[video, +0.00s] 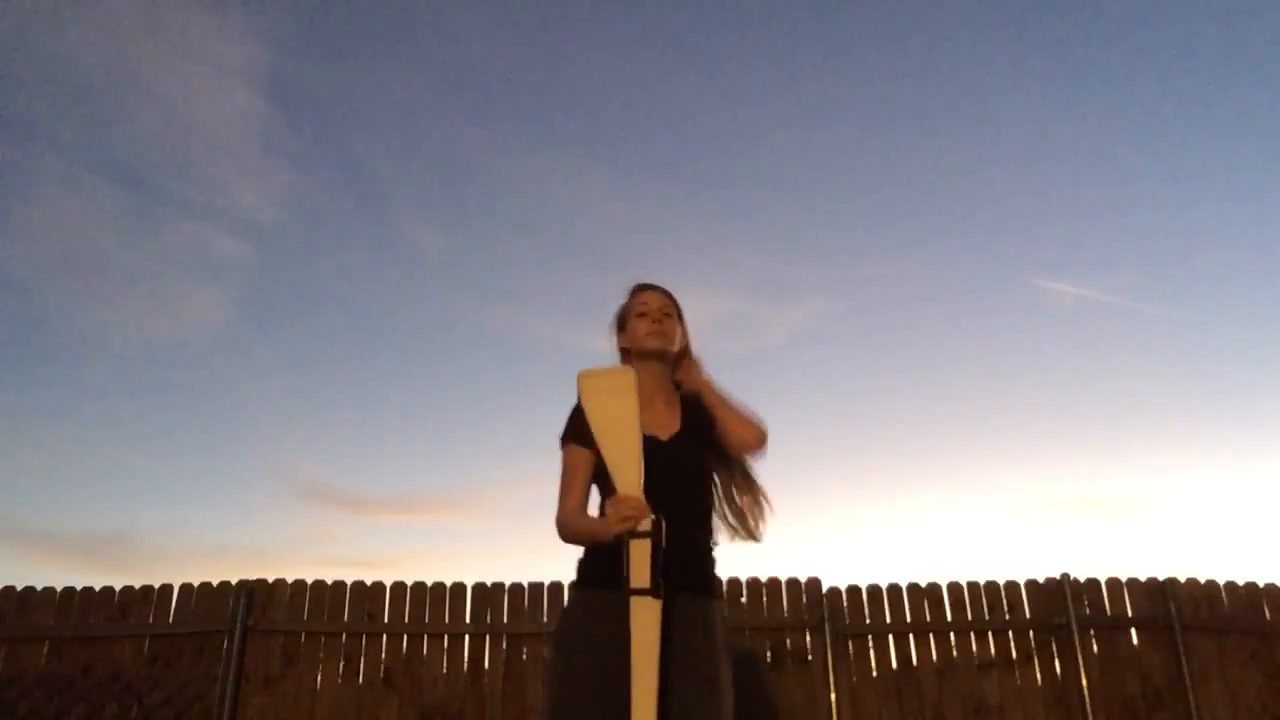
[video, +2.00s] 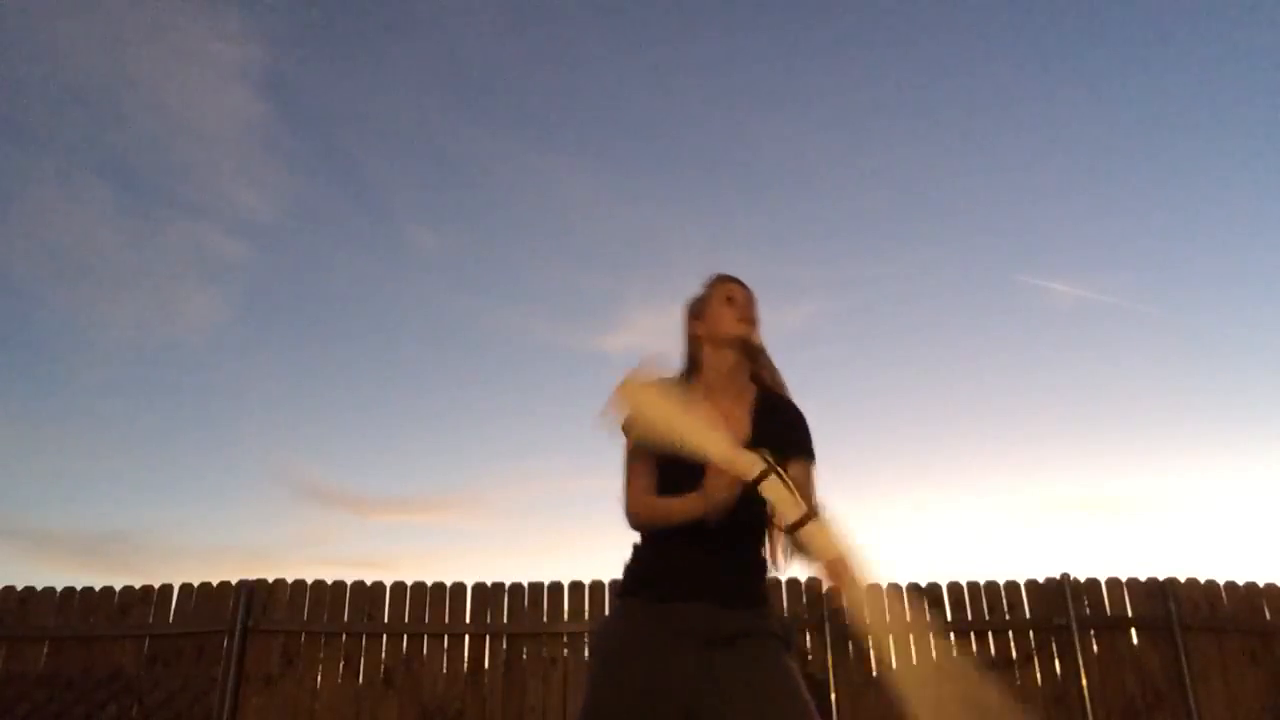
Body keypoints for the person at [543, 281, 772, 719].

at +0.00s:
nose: (656, 319)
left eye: (668, 315)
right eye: (642, 314)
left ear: (682, 339)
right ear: (623, 339)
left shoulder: (702, 408)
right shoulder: (598, 404)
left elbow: (752, 439)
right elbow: (568, 519)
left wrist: (702, 385)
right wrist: (606, 527)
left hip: (689, 592)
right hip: (609, 590)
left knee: (697, 707)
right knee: (595, 708)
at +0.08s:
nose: (645, 320)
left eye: (656, 314)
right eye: (630, 314)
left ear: (671, 335)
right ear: (610, 336)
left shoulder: (703, 410)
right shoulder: (586, 407)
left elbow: (747, 491)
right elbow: (559, 517)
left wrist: (690, 420)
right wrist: (601, 516)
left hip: (679, 594)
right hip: (598, 592)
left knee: (688, 707)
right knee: (588, 706)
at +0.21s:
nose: (629, 317)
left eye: (640, 311)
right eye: (614, 311)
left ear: (655, 331)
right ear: (594, 333)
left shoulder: (688, 411)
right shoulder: (568, 404)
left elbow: (723, 518)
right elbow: (539, 513)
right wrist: (586, 496)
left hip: (661, 591)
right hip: (579, 588)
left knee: (671, 706)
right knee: (567, 705)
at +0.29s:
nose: (619, 315)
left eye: (630, 310)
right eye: (604, 309)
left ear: (645, 332)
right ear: (584, 333)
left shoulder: (675, 410)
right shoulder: (553, 403)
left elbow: (701, 519)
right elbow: (526, 508)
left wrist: (656, 563)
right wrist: (573, 483)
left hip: (643, 590)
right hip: (562, 589)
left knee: (648, 708)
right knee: (547, 707)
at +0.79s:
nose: (654, 318)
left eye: (663, 311)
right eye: (639, 308)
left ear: (670, 328)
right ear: (611, 325)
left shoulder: (694, 413)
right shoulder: (574, 400)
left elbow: (682, 502)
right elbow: (551, 492)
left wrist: (691, 544)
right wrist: (622, 457)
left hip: (655, 601)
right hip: (571, 598)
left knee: (694, 707)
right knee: (556, 707)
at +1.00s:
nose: (715, 319)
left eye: (723, 312)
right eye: (700, 310)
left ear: (731, 328)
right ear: (672, 325)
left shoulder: (753, 421)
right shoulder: (633, 403)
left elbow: (732, 518)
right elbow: (608, 499)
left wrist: (759, 559)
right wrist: (685, 473)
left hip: (707, 608)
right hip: (623, 604)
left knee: (760, 709)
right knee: (599, 708)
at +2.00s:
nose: (741, 310)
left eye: (747, 307)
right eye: (727, 300)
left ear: (754, 331)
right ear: (696, 323)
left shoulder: (780, 415)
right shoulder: (657, 406)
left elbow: (800, 513)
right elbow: (638, 508)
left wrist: (830, 559)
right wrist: (704, 500)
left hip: (742, 613)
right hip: (652, 610)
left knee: (789, 710)